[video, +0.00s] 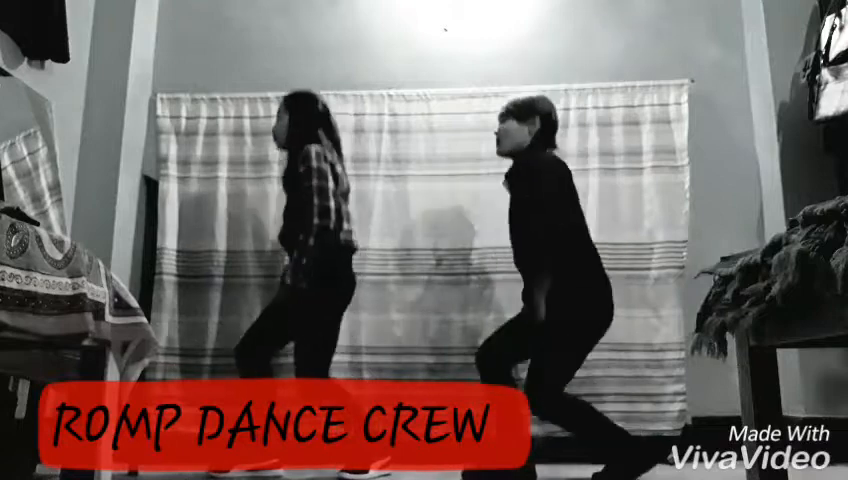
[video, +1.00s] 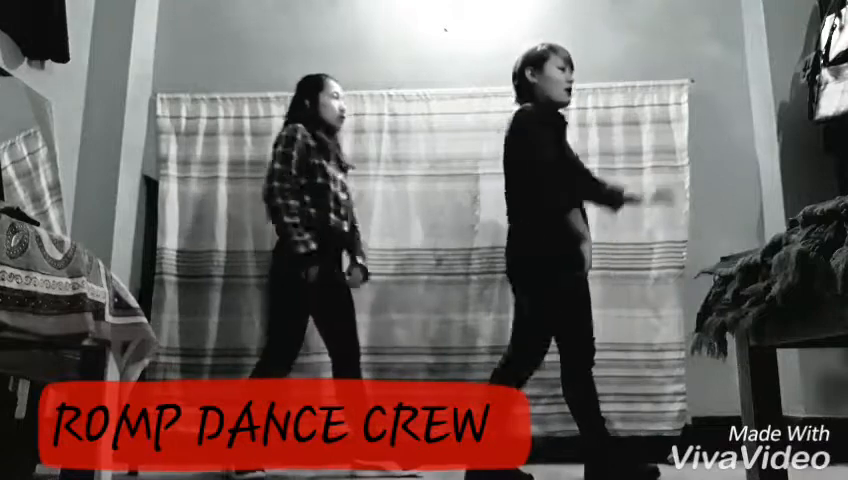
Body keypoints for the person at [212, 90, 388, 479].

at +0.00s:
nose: (274, 126)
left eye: (280, 118)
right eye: (276, 118)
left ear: (297, 120)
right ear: (311, 121)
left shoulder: (311, 153)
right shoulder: (321, 155)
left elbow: (314, 216)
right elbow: (323, 219)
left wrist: (297, 269)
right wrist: (299, 265)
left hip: (320, 272)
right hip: (330, 271)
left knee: (251, 350)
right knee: (312, 369)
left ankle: (268, 441)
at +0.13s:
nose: (282, 102)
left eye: (288, 94)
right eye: (284, 94)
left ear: (304, 96)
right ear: (316, 95)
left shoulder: (318, 129)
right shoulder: (316, 132)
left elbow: (317, 192)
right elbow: (312, 194)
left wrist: (302, 249)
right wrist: (298, 244)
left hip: (325, 254)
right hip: (324, 252)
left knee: (294, 352)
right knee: (343, 353)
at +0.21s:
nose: (286, 99)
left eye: (292, 91)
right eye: (289, 92)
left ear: (310, 95)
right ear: (316, 96)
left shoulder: (322, 132)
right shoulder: (320, 135)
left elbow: (318, 196)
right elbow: (313, 197)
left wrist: (302, 253)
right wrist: (296, 247)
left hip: (327, 258)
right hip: (324, 256)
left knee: (297, 355)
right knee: (358, 356)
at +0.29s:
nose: (288, 99)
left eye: (294, 91)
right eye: (290, 91)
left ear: (312, 94)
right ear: (314, 94)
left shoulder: (327, 132)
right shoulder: (314, 135)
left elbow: (324, 199)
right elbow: (304, 200)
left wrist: (307, 257)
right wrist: (289, 251)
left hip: (329, 260)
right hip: (311, 260)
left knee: (358, 355)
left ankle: (390, 438)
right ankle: (277, 443)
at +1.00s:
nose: (343, 104)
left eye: (342, 97)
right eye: (335, 96)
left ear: (327, 105)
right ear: (311, 101)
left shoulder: (328, 146)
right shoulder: (294, 135)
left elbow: (342, 206)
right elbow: (278, 193)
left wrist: (357, 253)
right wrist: (304, 253)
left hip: (328, 264)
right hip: (296, 262)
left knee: (346, 353)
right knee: (281, 353)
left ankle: (361, 441)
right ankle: (234, 437)